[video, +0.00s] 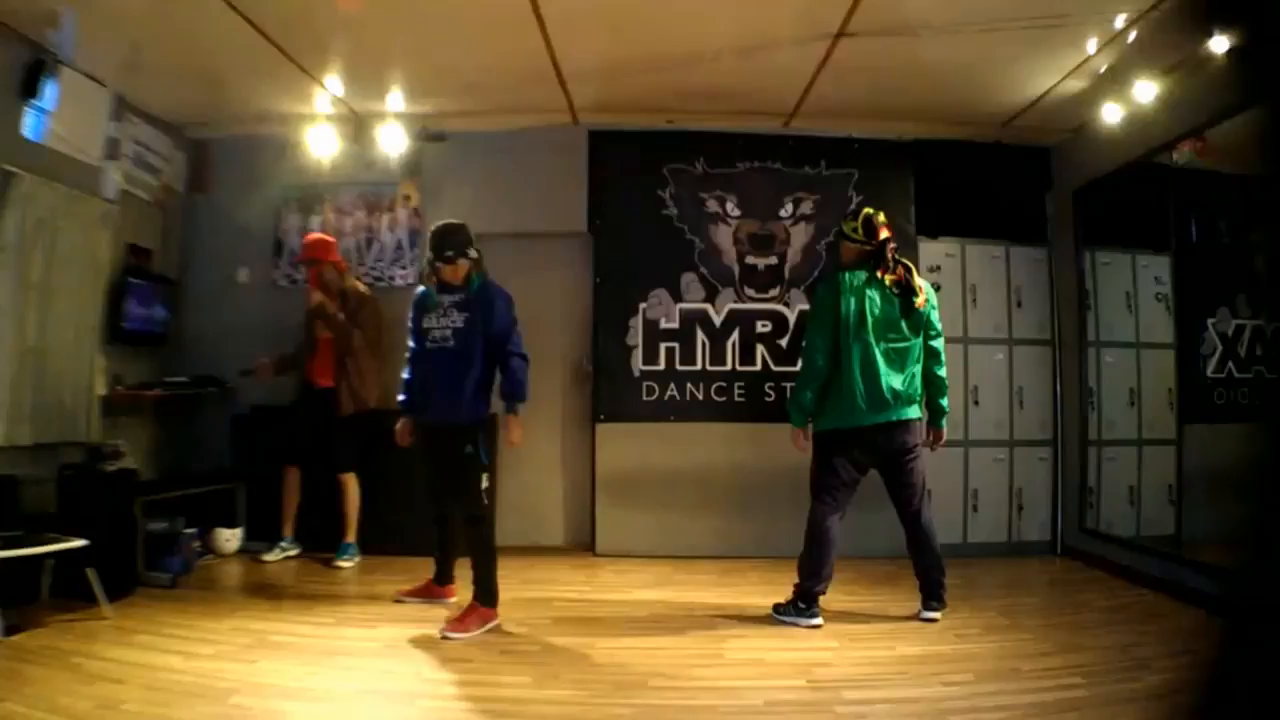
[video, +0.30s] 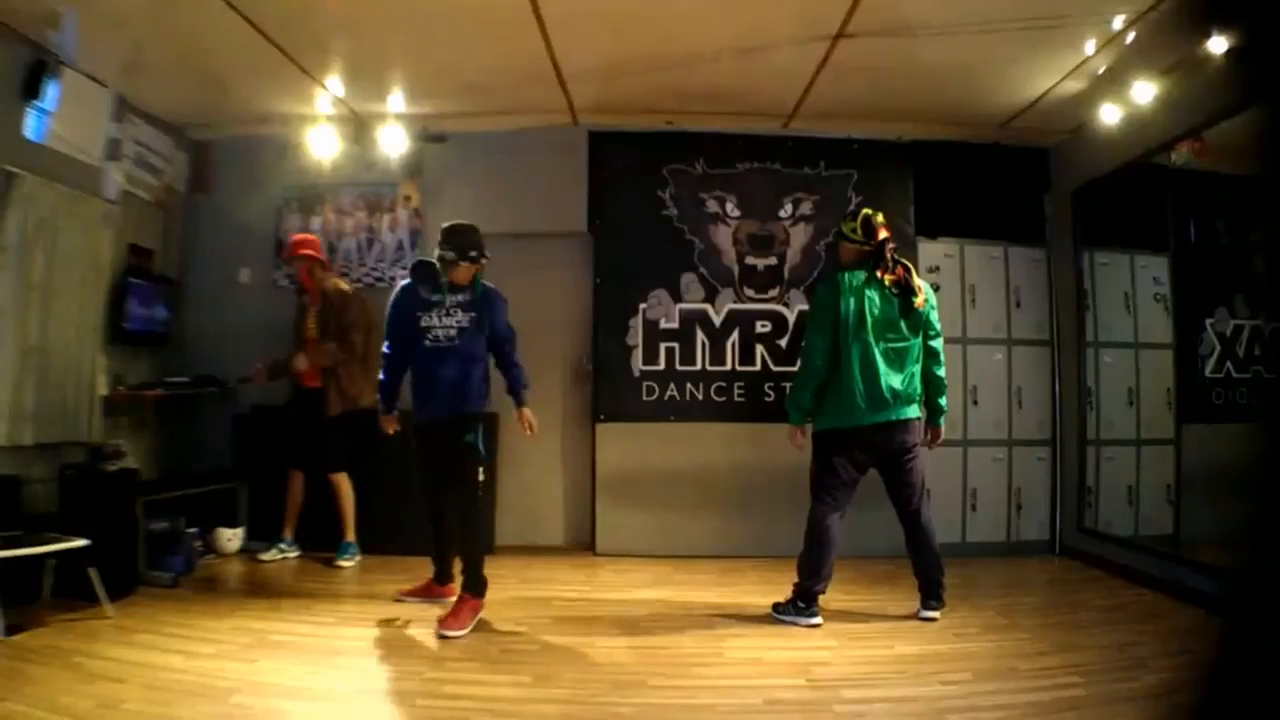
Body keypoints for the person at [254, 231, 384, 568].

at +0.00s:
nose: (311, 275)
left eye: (315, 267)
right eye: (308, 267)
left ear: (334, 264)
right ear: (308, 269)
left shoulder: (362, 299)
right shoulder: (317, 301)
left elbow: (360, 344)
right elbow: (309, 352)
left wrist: (327, 310)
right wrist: (277, 365)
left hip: (345, 394)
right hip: (312, 391)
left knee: (346, 468)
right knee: (293, 462)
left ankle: (350, 542)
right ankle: (288, 538)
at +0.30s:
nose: (298, 272)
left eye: (302, 264)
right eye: (295, 265)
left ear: (317, 263)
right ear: (296, 267)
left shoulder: (343, 295)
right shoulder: (305, 301)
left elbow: (352, 348)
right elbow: (303, 353)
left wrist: (314, 358)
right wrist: (273, 370)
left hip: (336, 394)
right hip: (305, 393)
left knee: (336, 467)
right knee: (297, 465)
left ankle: (349, 542)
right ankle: (287, 539)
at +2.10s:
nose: (312, 268)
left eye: (317, 262)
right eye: (307, 262)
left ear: (327, 265)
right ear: (295, 265)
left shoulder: (341, 301)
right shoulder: (279, 304)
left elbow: (356, 349)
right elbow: (263, 351)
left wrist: (364, 394)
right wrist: (231, 364)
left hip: (334, 395)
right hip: (292, 394)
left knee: (349, 469)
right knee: (292, 469)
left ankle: (362, 542)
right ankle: (287, 541)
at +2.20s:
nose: (335, 272)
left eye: (339, 266)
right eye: (329, 265)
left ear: (347, 269)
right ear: (315, 266)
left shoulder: (357, 305)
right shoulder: (290, 303)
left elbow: (367, 353)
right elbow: (273, 346)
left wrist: (371, 399)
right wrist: (267, 376)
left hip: (344, 399)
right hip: (301, 395)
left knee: (357, 471)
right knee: (295, 470)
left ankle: (365, 545)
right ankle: (288, 541)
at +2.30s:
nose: (363, 276)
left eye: (366, 271)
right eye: (358, 270)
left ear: (368, 275)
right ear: (339, 269)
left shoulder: (374, 310)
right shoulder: (308, 304)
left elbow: (381, 358)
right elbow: (294, 352)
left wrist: (382, 405)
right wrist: (303, 394)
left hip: (359, 402)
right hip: (317, 399)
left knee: (371, 474)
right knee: (301, 471)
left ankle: (366, 545)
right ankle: (288, 539)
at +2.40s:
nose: (384, 281)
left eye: (387, 274)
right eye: (380, 273)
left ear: (388, 279)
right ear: (363, 272)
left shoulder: (389, 313)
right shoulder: (331, 305)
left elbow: (392, 363)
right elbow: (324, 359)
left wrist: (397, 409)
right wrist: (340, 405)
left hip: (377, 403)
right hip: (339, 400)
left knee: (384, 475)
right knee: (318, 470)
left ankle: (367, 545)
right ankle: (290, 534)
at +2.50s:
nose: (397, 279)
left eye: (401, 273)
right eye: (393, 272)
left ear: (406, 276)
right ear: (380, 271)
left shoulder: (406, 306)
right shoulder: (353, 300)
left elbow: (408, 354)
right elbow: (348, 357)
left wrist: (409, 396)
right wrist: (368, 401)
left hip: (395, 398)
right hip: (360, 396)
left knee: (391, 475)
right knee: (353, 473)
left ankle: (369, 546)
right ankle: (312, 532)